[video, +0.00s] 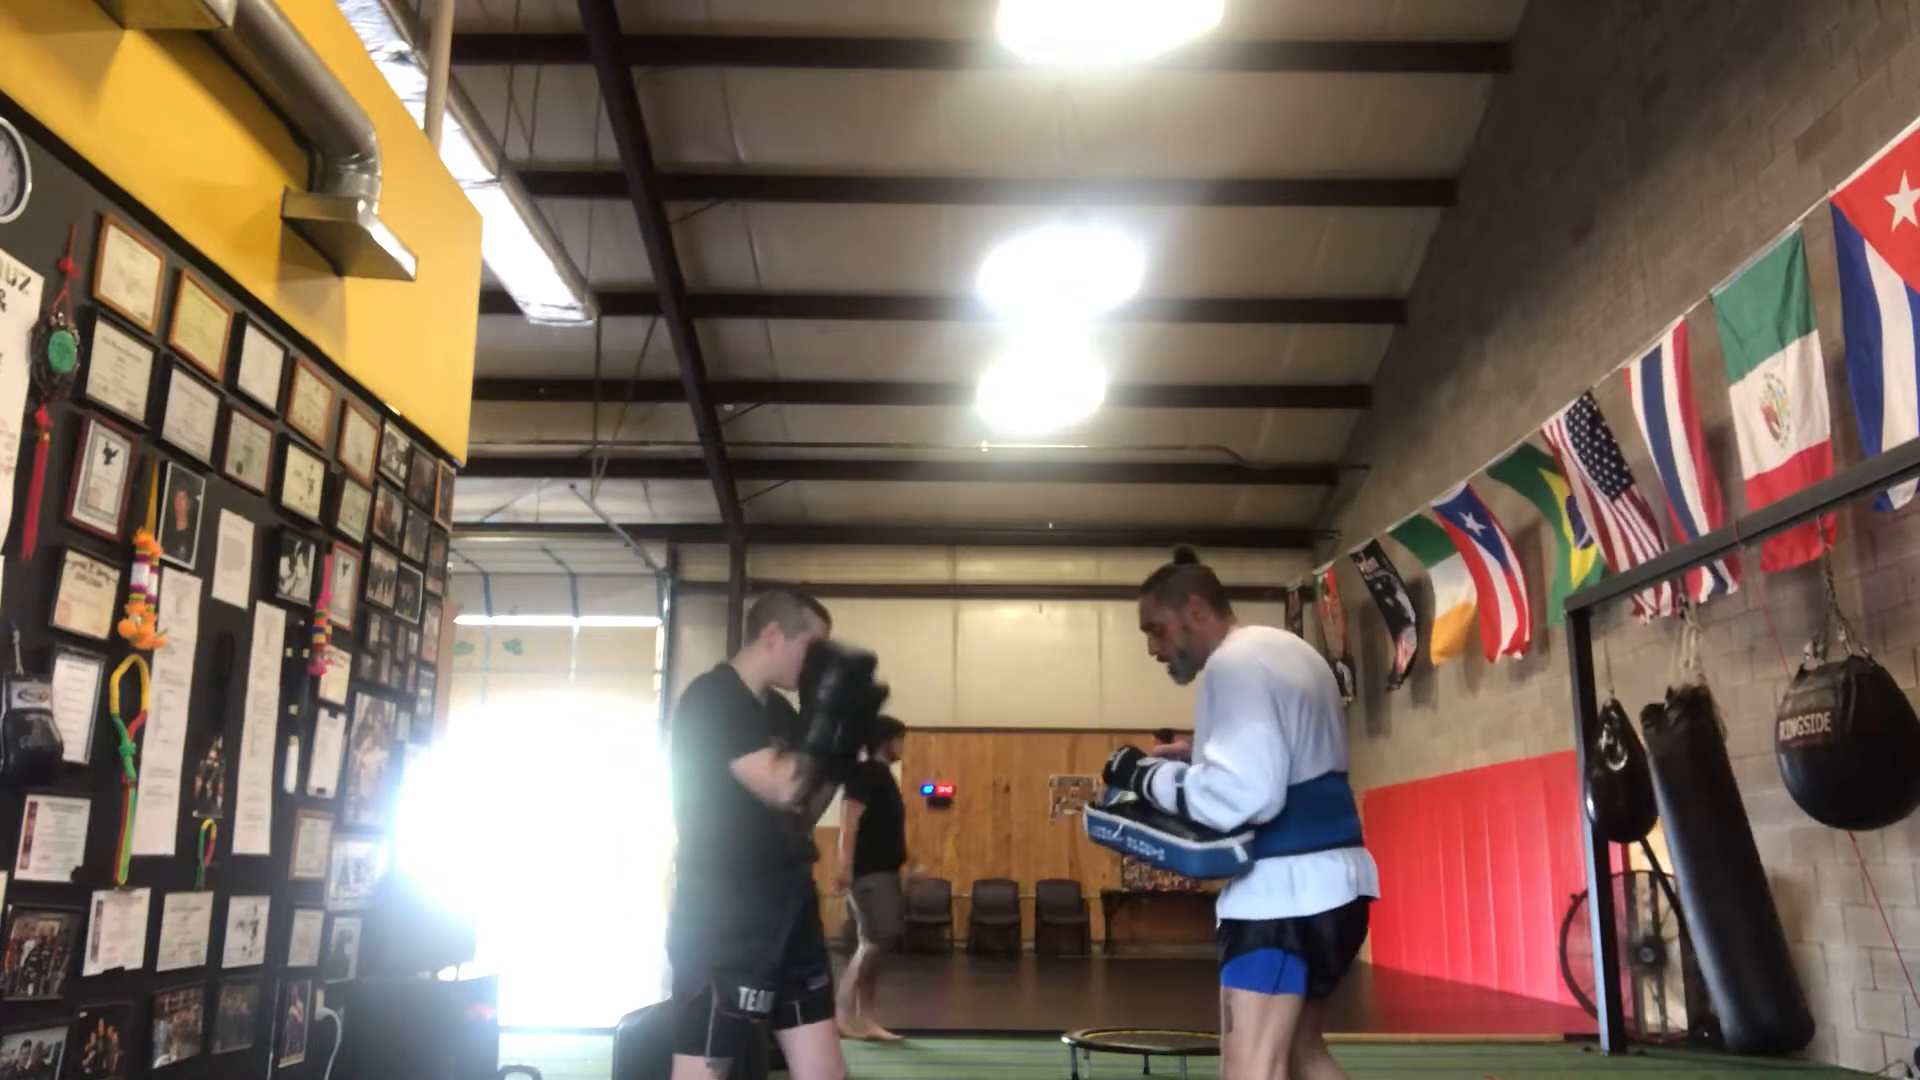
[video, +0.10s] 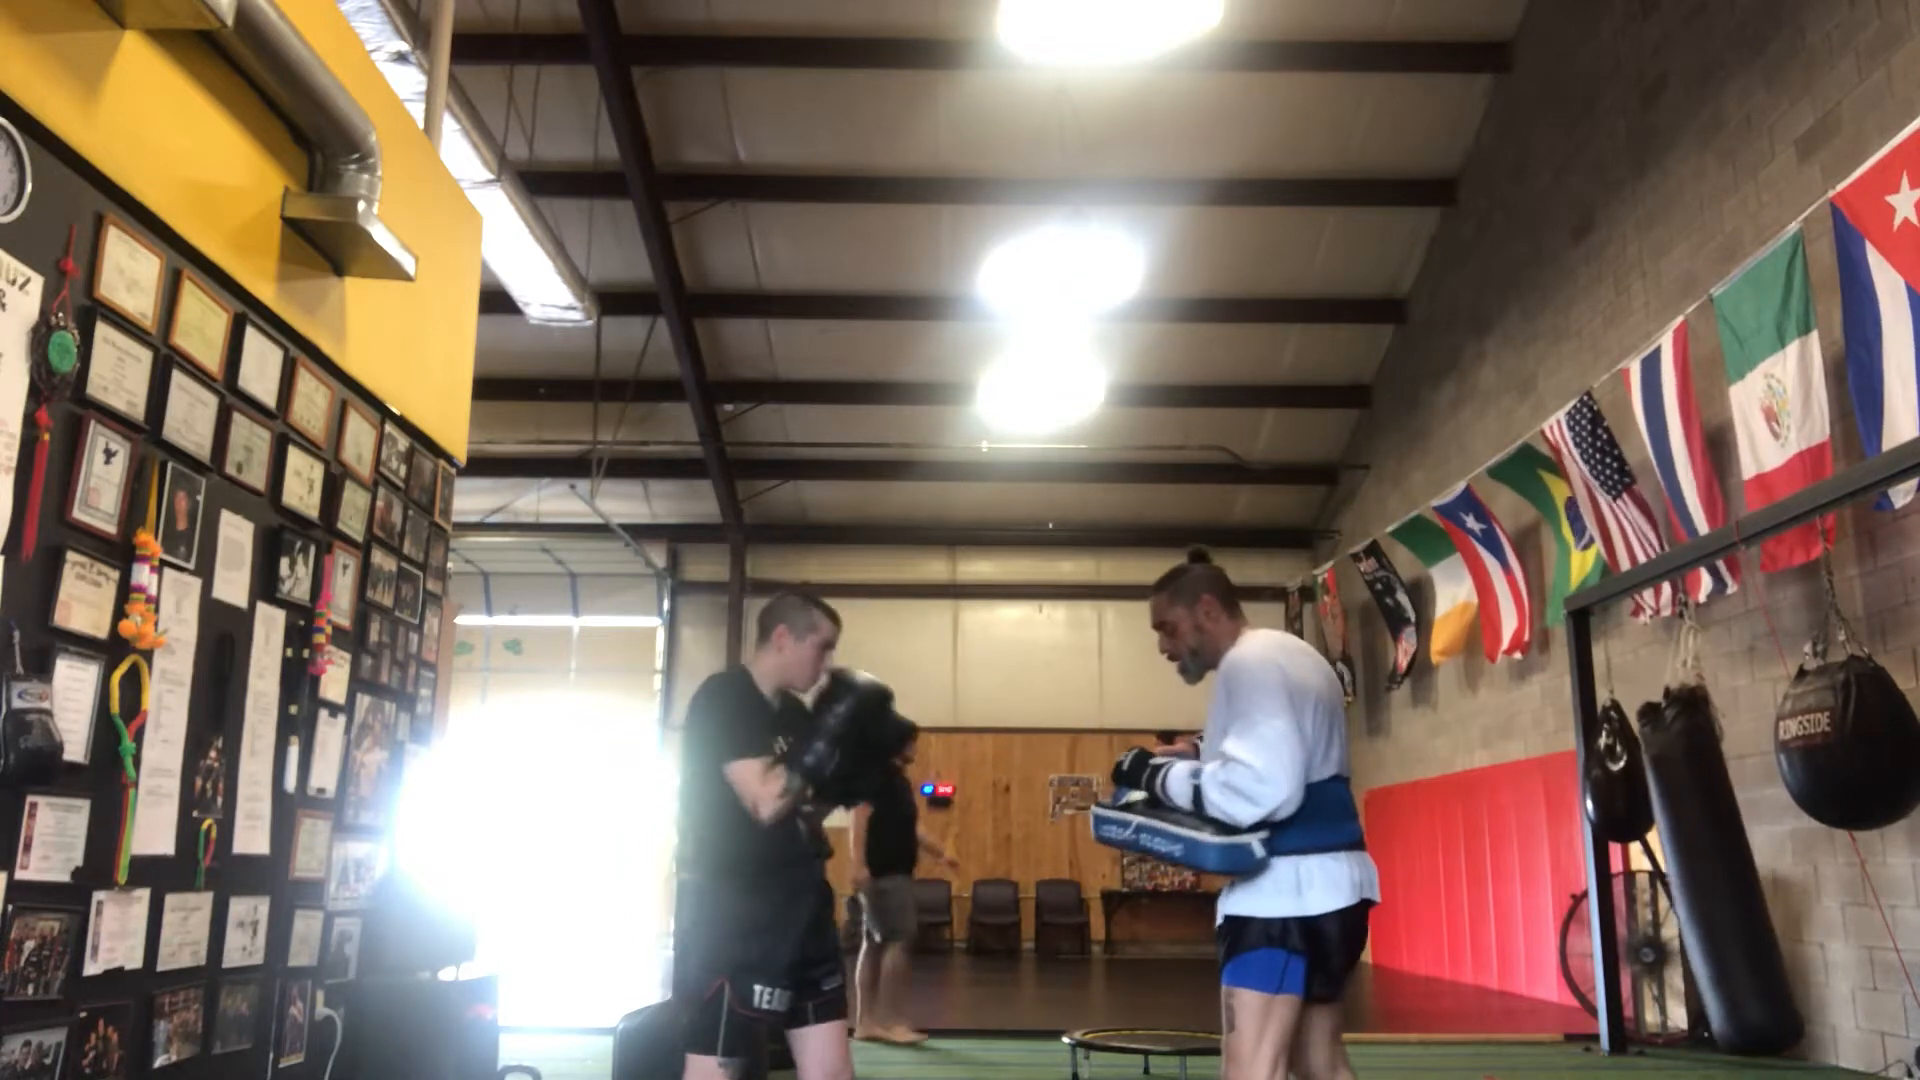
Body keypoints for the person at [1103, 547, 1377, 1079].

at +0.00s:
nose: (1152, 649)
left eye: (1155, 631)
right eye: (1148, 634)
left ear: (1196, 611)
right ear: (1201, 610)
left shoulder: (1236, 663)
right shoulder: (1288, 649)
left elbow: (1243, 793)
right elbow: (1294, 761)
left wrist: (1145, 775)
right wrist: (1201, 751)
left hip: (1280, 894)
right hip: (1330, 884)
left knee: (1250, 1067)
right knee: (1302, 1053)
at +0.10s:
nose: (1163, 647)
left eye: (1167, 629)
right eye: (1159, 633)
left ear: (1208, 611)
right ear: (1213, 611)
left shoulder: (1251, 662)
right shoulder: (1298, 655)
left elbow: (1257, 789)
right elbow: (1294, 767)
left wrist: (1157, 775)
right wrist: (1205, 754)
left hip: (1281, 893)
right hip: (1331, 886)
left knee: (1252, 1067)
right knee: (1321, 1062)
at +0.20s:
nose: (1175, 646)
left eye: (1181, 627)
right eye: (1171, 632)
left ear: (1221, 611)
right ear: (1224, 612)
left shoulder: (1266, 660)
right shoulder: (1306, 658)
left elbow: (1284, 780)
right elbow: (1298, 771)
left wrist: (1174, 771)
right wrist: (1206, 760)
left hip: (1288, 890)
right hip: (1333, 885)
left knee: (1257, 1066)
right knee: (1334, 1061)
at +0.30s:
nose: (1189, 648)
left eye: (1195, 630)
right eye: (1185, 635)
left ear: (1233, 612)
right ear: (1235, 615)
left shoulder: (1280, 660)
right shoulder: (1311, 659)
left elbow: (1296, 774)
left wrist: (1186, 767)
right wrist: (1213, 754)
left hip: (1297, 891)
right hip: (1335, 888)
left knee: (1265, 1065)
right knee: (1341, 1062)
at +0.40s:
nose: (1201, 652)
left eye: (1206, 634)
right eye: (1196, 639)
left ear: (1244, 615)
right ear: (1246, 617)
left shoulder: (1292, 663)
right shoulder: (1319, 662)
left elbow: (1298, 773)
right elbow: (1288, 754)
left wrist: (1192, 755)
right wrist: (1216, 743)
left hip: (1304, 890)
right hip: (1346, 889)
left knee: (1264, 1063)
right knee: (1346, 1060)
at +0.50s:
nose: (1208, 653)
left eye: (1212, 634)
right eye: (1203, 640)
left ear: (1251, 614)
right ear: (1252, 616)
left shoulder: (1297, 663)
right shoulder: (1333, 664)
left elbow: (1291, 771)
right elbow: (1307, 769)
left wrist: (1188, 733)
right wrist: (1224, 726)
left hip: (1312, 886)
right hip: (1361, 886)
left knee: (1247, 1053)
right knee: (1352, 1062)